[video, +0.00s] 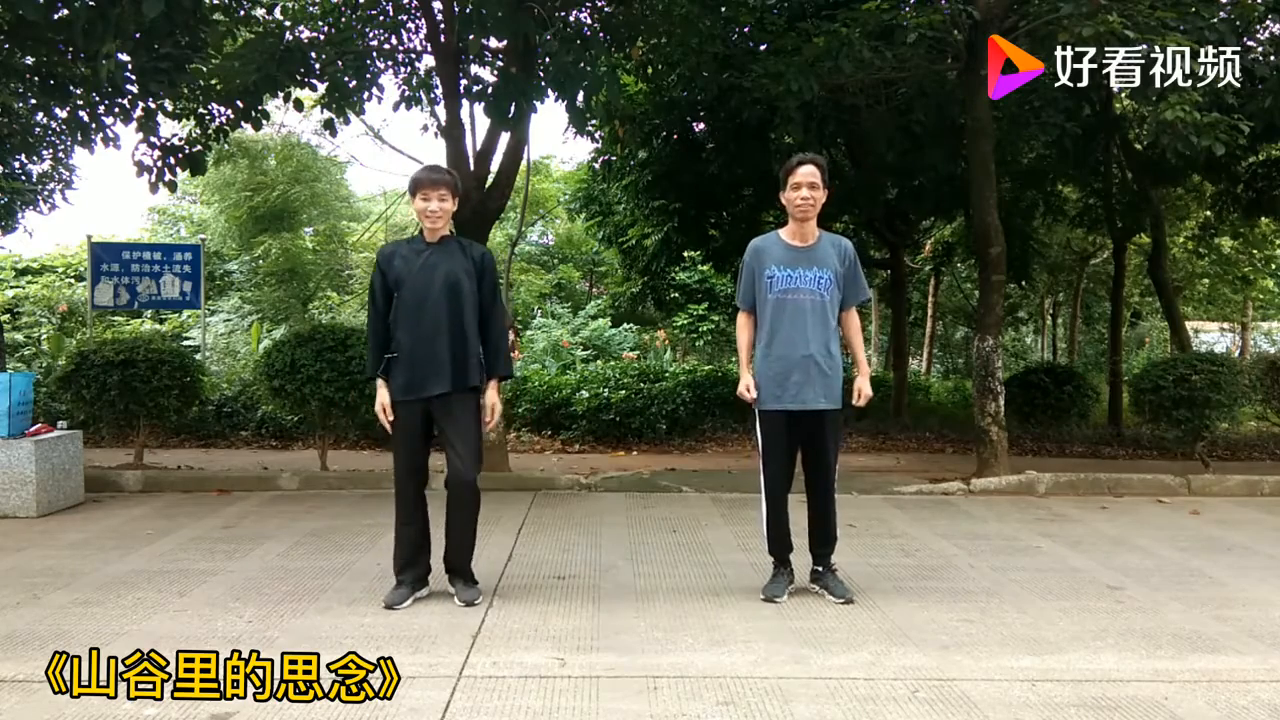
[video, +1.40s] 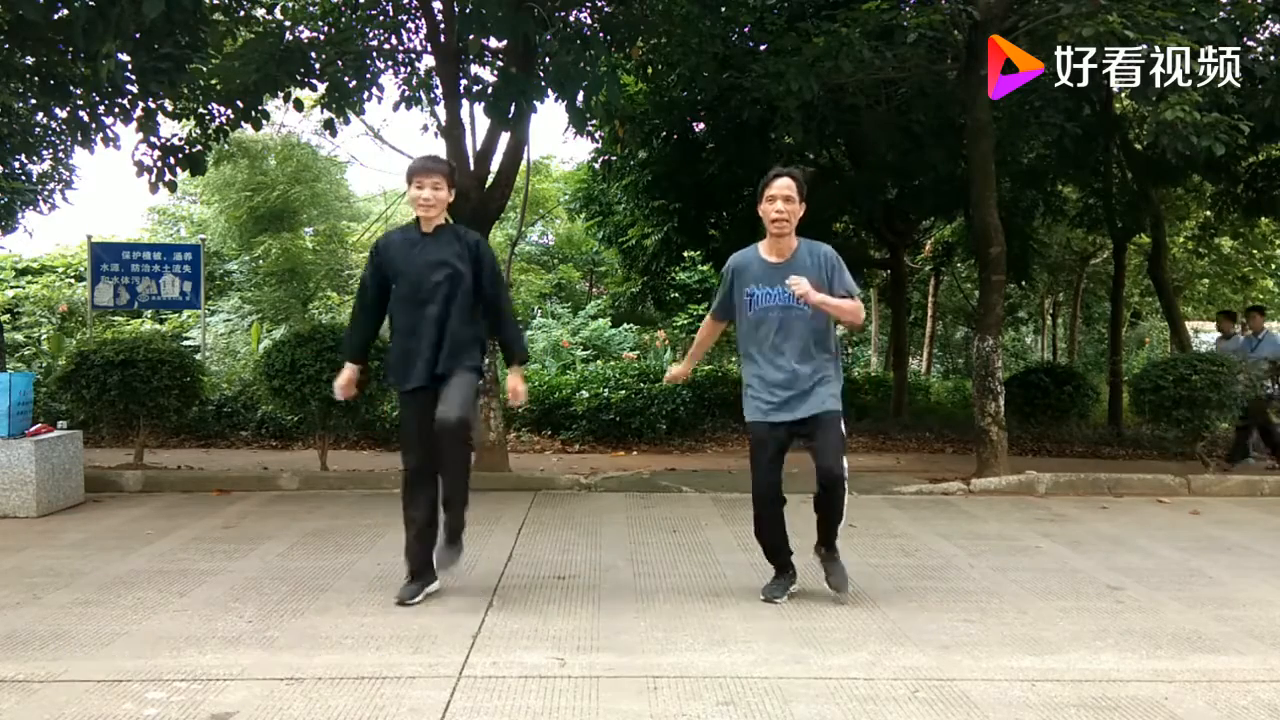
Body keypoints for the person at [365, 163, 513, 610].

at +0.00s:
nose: (432, 206)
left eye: (441, 198)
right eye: (424, 199)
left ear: (454, 202)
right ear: (413, 204)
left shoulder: (476, 256)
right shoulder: (391, 257)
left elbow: (494, 324)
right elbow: (378, 324)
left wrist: (493, 383)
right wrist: (380, 381)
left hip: (462, 385)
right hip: (406, 386)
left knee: (465, 478)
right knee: (408, 483)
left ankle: (461, 573)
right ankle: (411, 575)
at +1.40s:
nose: (426, 194)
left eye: (435, 187)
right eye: (419, 187)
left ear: (449, 193)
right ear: (408, 192)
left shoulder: (471, 245)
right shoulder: (388, 248)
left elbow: (499, 306)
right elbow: (368, 309)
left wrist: (516, 364)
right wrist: (352, 361)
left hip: (462, 362)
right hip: (412, 366)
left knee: (450, 422)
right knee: (417, 470)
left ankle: (453, 524)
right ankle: (421, 573)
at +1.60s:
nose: (435, 200)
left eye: (444, 193)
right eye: (427, 192)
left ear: (456, 199)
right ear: (415, 197)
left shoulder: (476, 252)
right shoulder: (394, 249)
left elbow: (489, 312)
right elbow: (369, 306)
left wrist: (488, 370)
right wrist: (392, 318)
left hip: (466, 352)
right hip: (414, 360)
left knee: (432, 373)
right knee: (428, 460)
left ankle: (434, 472)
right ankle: (439, 559)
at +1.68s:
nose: (435, 197)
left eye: (444, 190)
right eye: (427, 189)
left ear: (457, 195)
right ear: (416, 194)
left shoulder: (477, 247)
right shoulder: (395, 243)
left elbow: (491, 306)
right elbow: (369, 302)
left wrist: (489, 361)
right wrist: (406, 285)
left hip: (464, 351)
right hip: (415, 357)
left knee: (435, 401)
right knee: (430, 441)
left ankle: (430, 508)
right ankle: (447, 548)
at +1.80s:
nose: (437, 221)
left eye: (446, 214)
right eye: (429, 214)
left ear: (458, 220)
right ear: (418, 219)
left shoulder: (478, 271)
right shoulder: (401, 266)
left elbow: (498, 328)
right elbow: (374, 317)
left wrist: (502, 379)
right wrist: (409, 281)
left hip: (464, 384)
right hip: (417, 386)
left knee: (445, 470)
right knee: (431, 472)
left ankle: (436, 580)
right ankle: (455, 541)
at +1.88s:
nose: (438, 224)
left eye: (446, 216)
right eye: (430, 216)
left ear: (460, 222)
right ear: (419, 222)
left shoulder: (482, 278)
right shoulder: (401, 274)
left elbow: (500, 342)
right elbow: (377, 335)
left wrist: (509, 400)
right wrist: (411, 301)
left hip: (465, 394)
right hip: (417, 395)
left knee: (442, 479)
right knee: (432, 480)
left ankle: (435, 589)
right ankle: (457, 539)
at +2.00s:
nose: (441, 200)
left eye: (449, 191)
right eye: (433, 191)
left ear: (463, 195)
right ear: (422, 196)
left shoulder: (484, 248)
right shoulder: (407, 248)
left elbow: (502, 315)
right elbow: (399, 314)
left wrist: (480, 343)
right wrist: (389, 366)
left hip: (465, 374)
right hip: (416, 371)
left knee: (454, 475)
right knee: (395, 442)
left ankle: (445, 574)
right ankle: (423, 504)